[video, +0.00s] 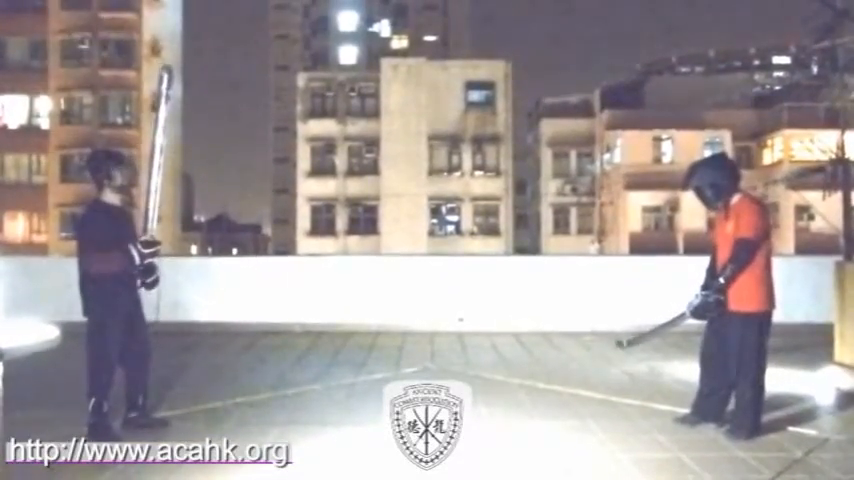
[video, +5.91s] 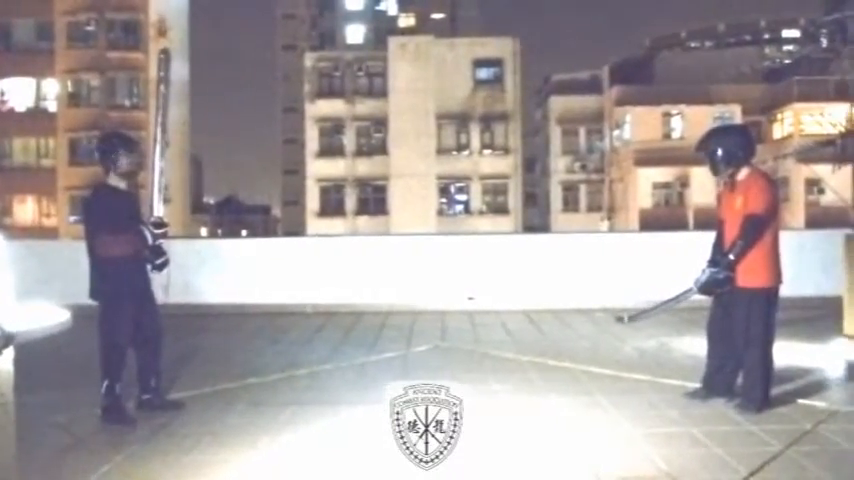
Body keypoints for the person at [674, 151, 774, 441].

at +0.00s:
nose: (702, 197)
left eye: (703, 190)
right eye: (699, 192)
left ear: (717, 185)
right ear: (718, 186)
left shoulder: (749, 208)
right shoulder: (722, 214)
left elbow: (744, 251)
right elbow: (717, 259)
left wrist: (718, 287)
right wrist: (706, 290)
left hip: (751, 303)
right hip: (726, 301)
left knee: (747, 365)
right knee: (715, 358)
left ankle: (745, 421)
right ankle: (707, 410)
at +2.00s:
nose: (720, 187)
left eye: (723, 180)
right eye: (719, 181)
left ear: (739, 178)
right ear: (736, 179)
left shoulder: (768, 206)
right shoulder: (737, 210)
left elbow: (762, 249)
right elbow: (732, 253)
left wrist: (735, 284)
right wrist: (721, 285)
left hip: (765, 301)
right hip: (740, 298)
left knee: (762, 362)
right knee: (727, 354)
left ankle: (759, 419)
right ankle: (720, 407)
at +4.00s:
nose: (712, 169)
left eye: (715, 161)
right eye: (711, 162)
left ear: (731, 159)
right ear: (725, 161)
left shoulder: (760, 189)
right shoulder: (727, 193)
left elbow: (754, 232)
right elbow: (723, 236)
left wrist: (726, 267)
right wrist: (712, 268)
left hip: (756, 283)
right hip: (731, 280)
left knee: (752, 344)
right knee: (719, 336)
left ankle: (750, 401)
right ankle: (712, 388)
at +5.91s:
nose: (712, 165)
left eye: (714, 158)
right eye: (711, 159)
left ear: (730, 155)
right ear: (728, 156)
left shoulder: (760, 185)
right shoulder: (727, 189)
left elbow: (753, 228)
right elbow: (722, 231)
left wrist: (727, 263)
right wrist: (714, 264)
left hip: (757, 278)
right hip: (731, 276)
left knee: (754, 338)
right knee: (721, 332)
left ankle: (754, 395)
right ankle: (717, 384)